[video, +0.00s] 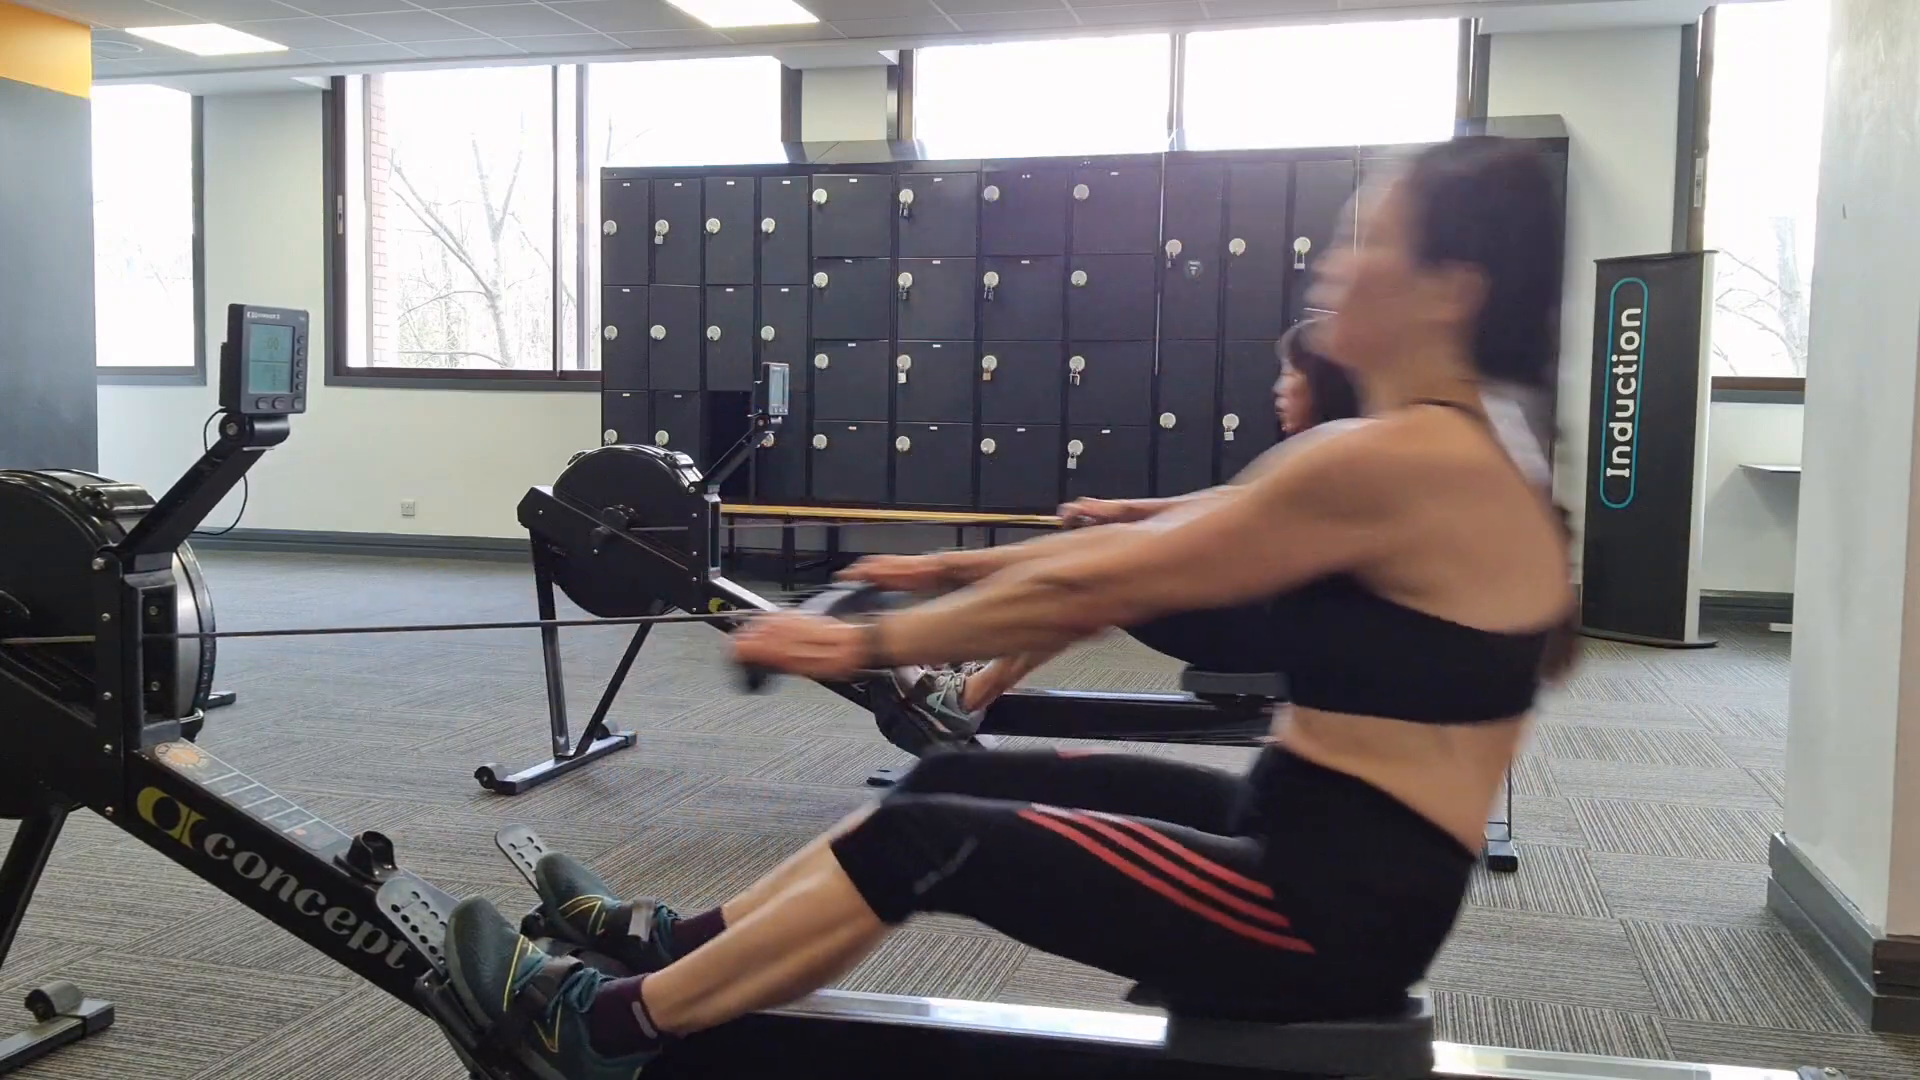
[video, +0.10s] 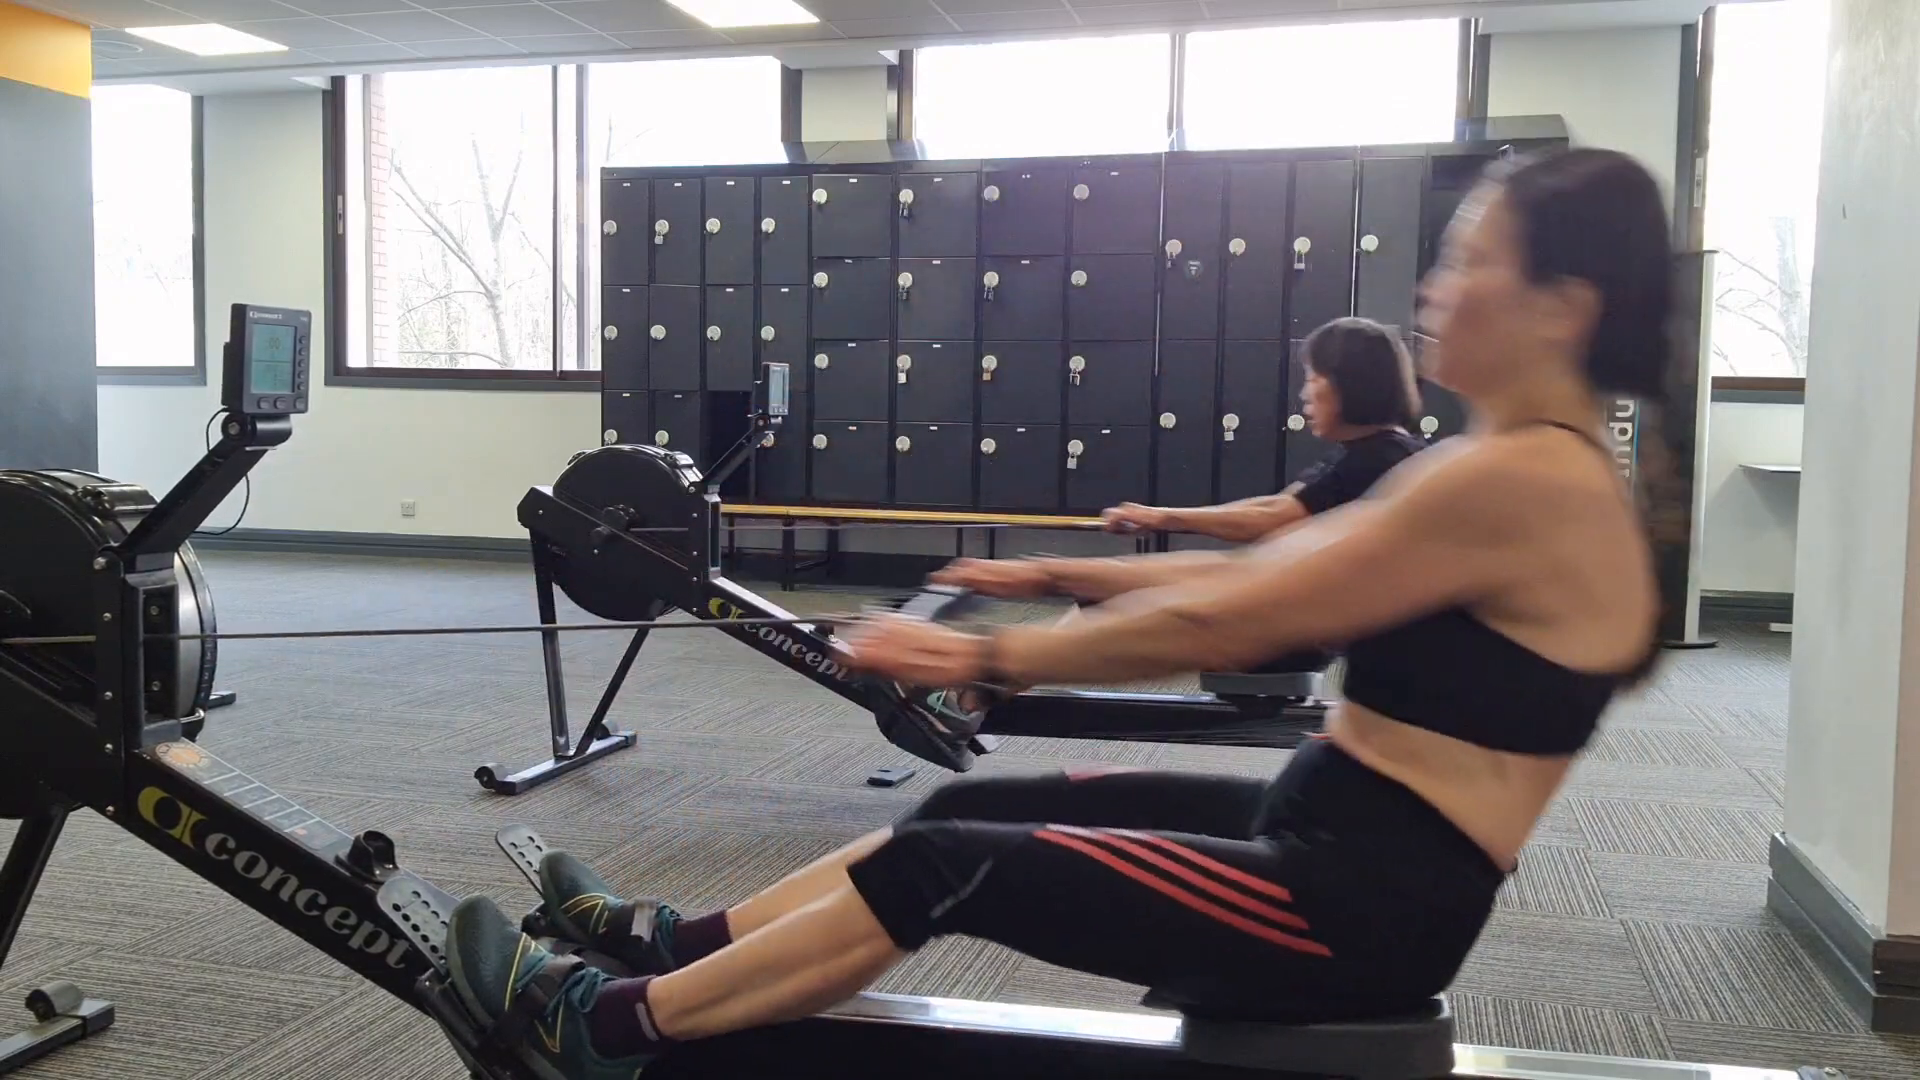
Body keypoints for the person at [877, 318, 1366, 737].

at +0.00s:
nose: (1280, 390)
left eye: (1292, 377)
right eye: (1283, 375)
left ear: (1327, 387)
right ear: (1315, 388)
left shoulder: (1324, 457)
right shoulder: (1313, 452)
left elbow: (1208, 506)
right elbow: (1214, 500)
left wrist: (1122, 513)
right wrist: (1128, 507)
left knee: (1107, 583)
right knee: (1093, 558)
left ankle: (967, 698)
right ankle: (961, 690)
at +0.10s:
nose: (1305, 393)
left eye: (1314, 379)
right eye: (1308, 379)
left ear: (1348, 388)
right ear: (1366, 385)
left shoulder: (1376, 458)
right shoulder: (1377, 453)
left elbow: (1267, 520)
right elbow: (1270, 512)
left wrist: (1168, 519)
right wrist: (1171, 520)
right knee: (1119, 580)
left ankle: (982, 687)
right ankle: (981, 686)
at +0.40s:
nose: (1322, 405)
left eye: (1332, 391)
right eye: (1323, 391)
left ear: (1374, 393)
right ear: (1372, 392)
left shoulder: (1408, 462)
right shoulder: (1378, 455)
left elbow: (1411, 564)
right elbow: (1354, 535)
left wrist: (1305, 537)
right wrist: (1298, 530)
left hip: (1313, 636)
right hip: (1300, 612)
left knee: (1131, 633)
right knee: (1133, 626)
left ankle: (967, 702)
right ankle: (974, 696)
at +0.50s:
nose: (1304, 402)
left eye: (1313, 386)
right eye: (1306, 386)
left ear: (1355, 390)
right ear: (1357, 388)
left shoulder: (1403, 459)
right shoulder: (1365, 451)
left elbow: (1433, 550)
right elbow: (1368, 524)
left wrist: (1341, 535)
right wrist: (1313, 522)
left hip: (1309, 630)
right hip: (1285, 605)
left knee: (1126, 627)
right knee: (1126, 621)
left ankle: (967, 705)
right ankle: (976, 694)